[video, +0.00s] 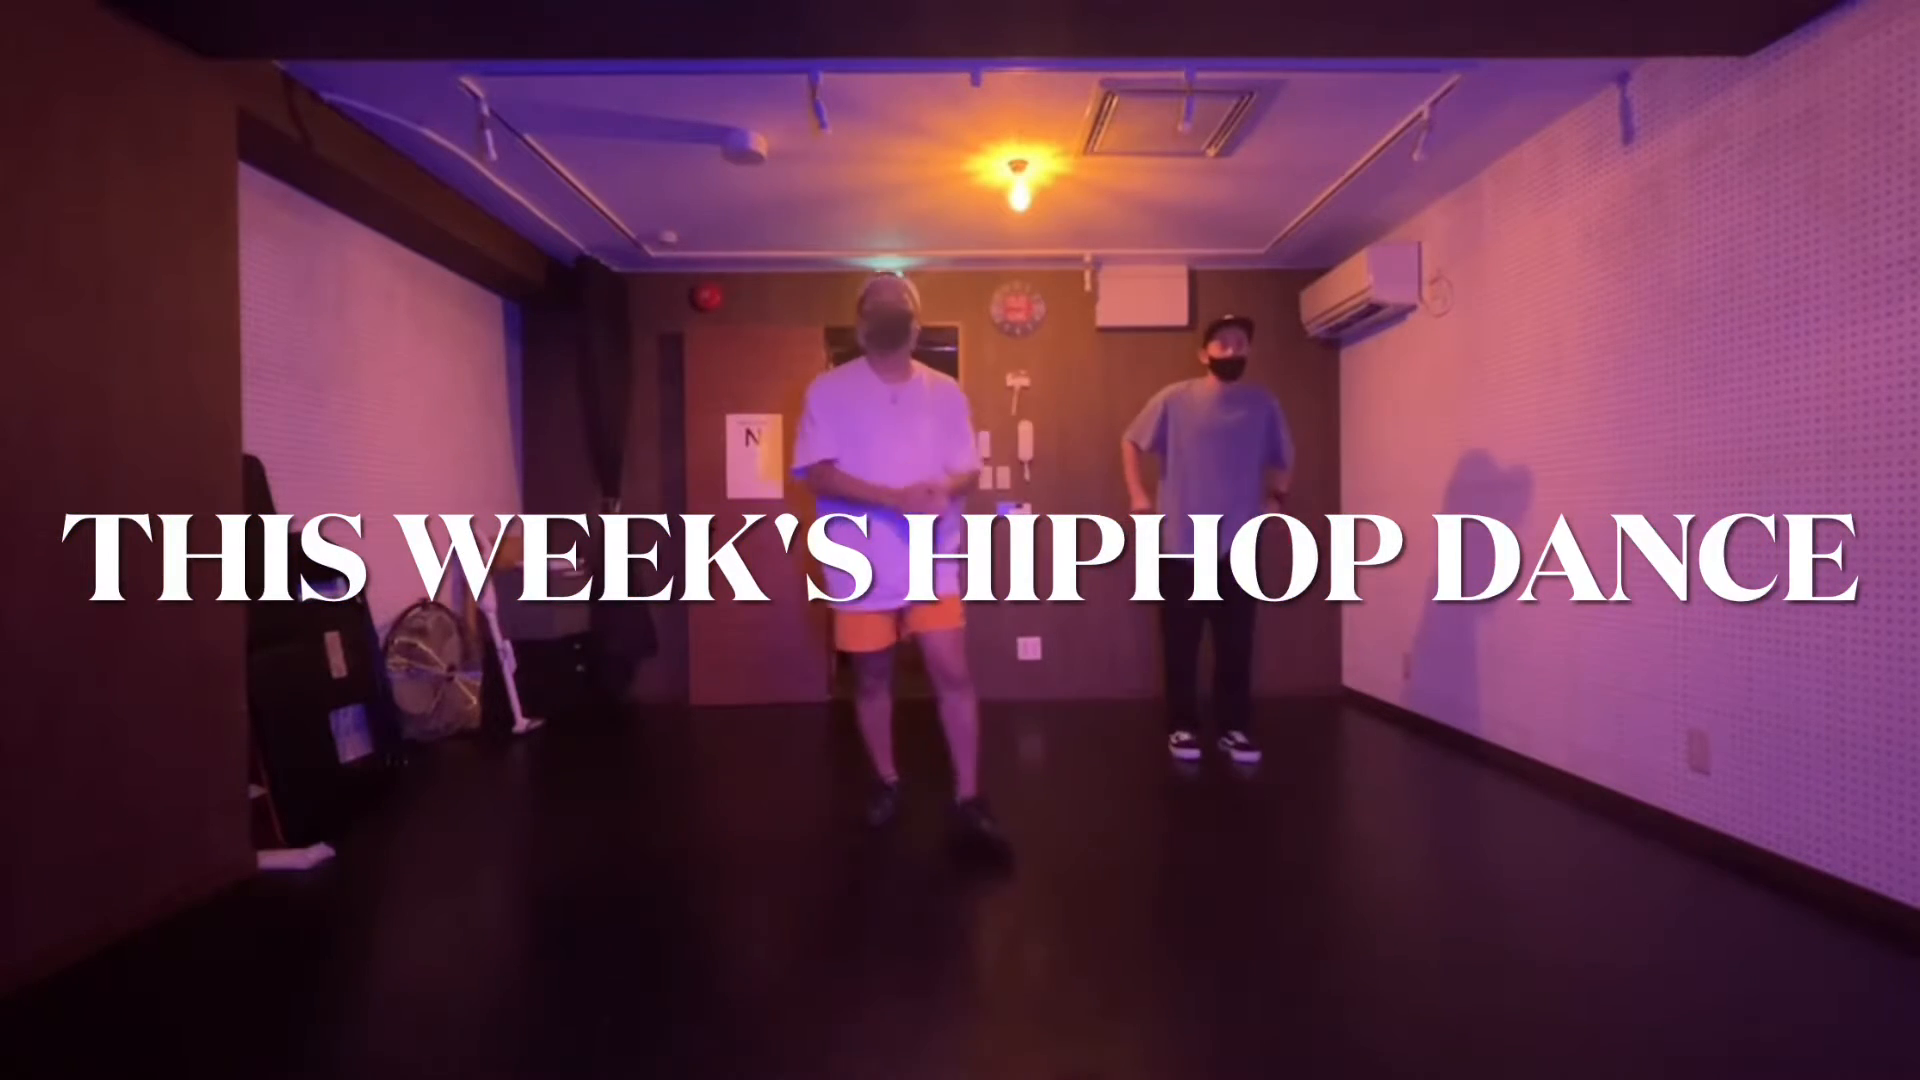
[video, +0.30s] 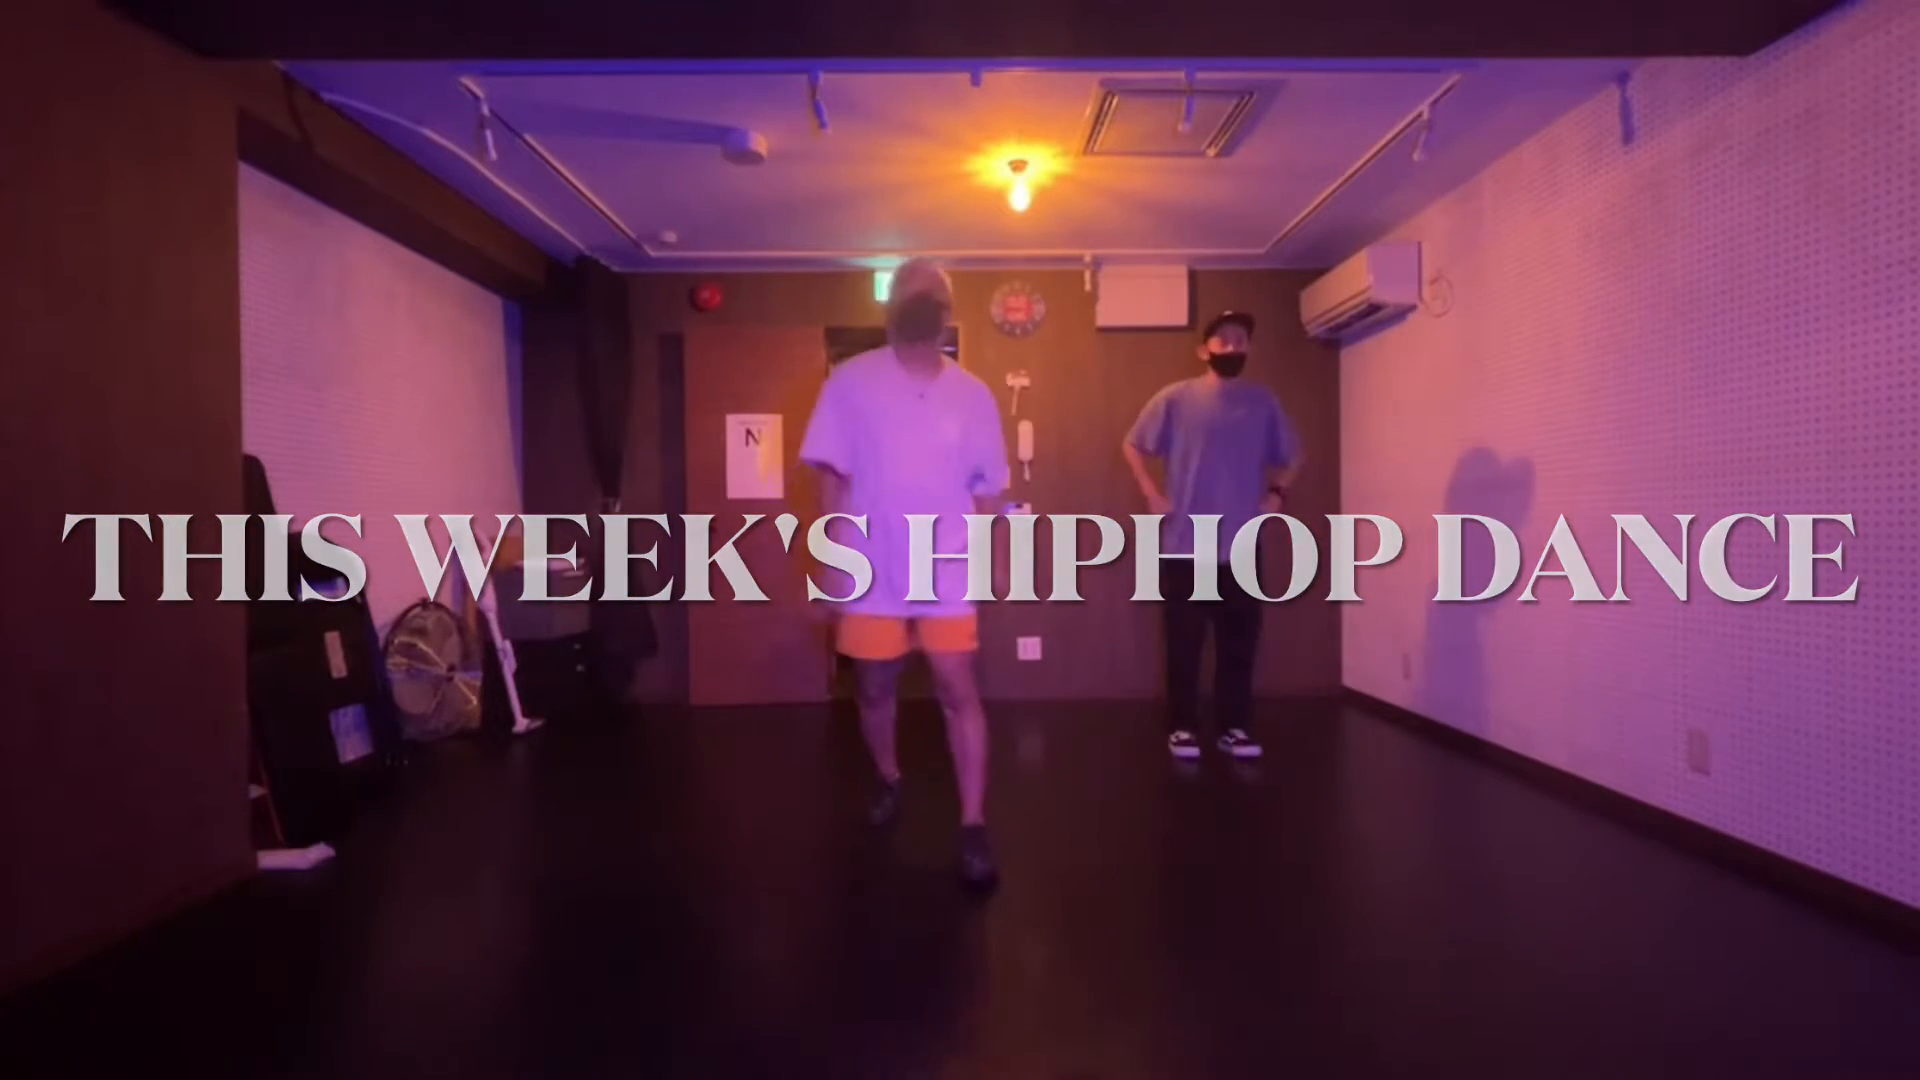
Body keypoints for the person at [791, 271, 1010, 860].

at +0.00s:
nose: (891, 322)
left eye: (900, 313)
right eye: (880, 314)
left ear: (916, 322)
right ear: (862, 323)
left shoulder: (945, 392)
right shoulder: (828, 392)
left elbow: (968, 472)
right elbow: (818, 474)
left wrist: (943, 489)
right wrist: (894, 498)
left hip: (936, 564)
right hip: (862, 565)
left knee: (952, 671)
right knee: (873, 676)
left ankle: (968, 797)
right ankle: (887, 785)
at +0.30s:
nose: (927, 309)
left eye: (937, 301)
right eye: (917, 299)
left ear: (951, 317)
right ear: (895, 310)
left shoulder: (973, 395)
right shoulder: (851, 382)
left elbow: (990, 493)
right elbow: (831, 479)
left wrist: (980, 562)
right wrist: (834, 557)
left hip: (948, 572)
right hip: (868, 570)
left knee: (958, 691)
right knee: (876, 690)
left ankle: (973, 826)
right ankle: (887, 785)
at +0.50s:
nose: (915, 302)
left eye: (929, 292)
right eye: (905, 291)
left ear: (951, 307)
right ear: (888, 302)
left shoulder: (978, 387)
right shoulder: (848, 378)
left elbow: (1032, 476)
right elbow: (803, 458)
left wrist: (1065, 549)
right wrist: (762, 525)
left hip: (946, 573)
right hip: (860, 569)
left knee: (959, 693)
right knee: (853, 692)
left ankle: (973, 826)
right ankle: (900, 764)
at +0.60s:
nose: (901, 292)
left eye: (913, 281)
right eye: (887, 283)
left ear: (935, 295)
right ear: (870, 299)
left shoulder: (970, 376)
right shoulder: (843, 375)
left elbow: (1032, 457)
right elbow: (799, 461)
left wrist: (1077, 516)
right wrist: (748, 515)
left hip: (941, 566)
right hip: (856, 562)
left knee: (956, 690)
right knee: (827, 682)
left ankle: (972, 827)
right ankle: (886, 785)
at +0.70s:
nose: (857, 297)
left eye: (869, 286)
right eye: (847, 288)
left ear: (894, 296)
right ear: (836, 303)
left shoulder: (944, 371)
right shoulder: (825, 383)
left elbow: (1019, 423)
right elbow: (789, 470)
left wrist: (1051, 467)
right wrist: (732, 516)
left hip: (927, 574)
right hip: (841, 573)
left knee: (953, 700)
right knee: (812, 691)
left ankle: (972, 830)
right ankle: (807, 844)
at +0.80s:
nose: (845, 341)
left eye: (850, 326)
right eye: (833, 329)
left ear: (866, 315)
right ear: (820, 326)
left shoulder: (918, 370)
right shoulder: (806, 391)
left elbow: (990, 406)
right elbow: (781, 476)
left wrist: (1007, 468)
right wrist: (728, 532)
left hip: (913, 580)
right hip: (830, 584)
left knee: (942, 701)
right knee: (806, 707)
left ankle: (971, 829)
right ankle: (761, 855)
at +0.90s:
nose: (771, 305)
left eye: (786, 293)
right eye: (765, 295)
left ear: (817, 302)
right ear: (758, 309)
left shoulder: (852, 358)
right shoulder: (766, 396)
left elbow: (915, 399)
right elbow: (772, 492)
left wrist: (913, 475)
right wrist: (752, 545)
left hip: (868, 568)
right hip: (797, 575)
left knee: (899, 701)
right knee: (770, 698)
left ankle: (965, 820)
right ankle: (750, 856)